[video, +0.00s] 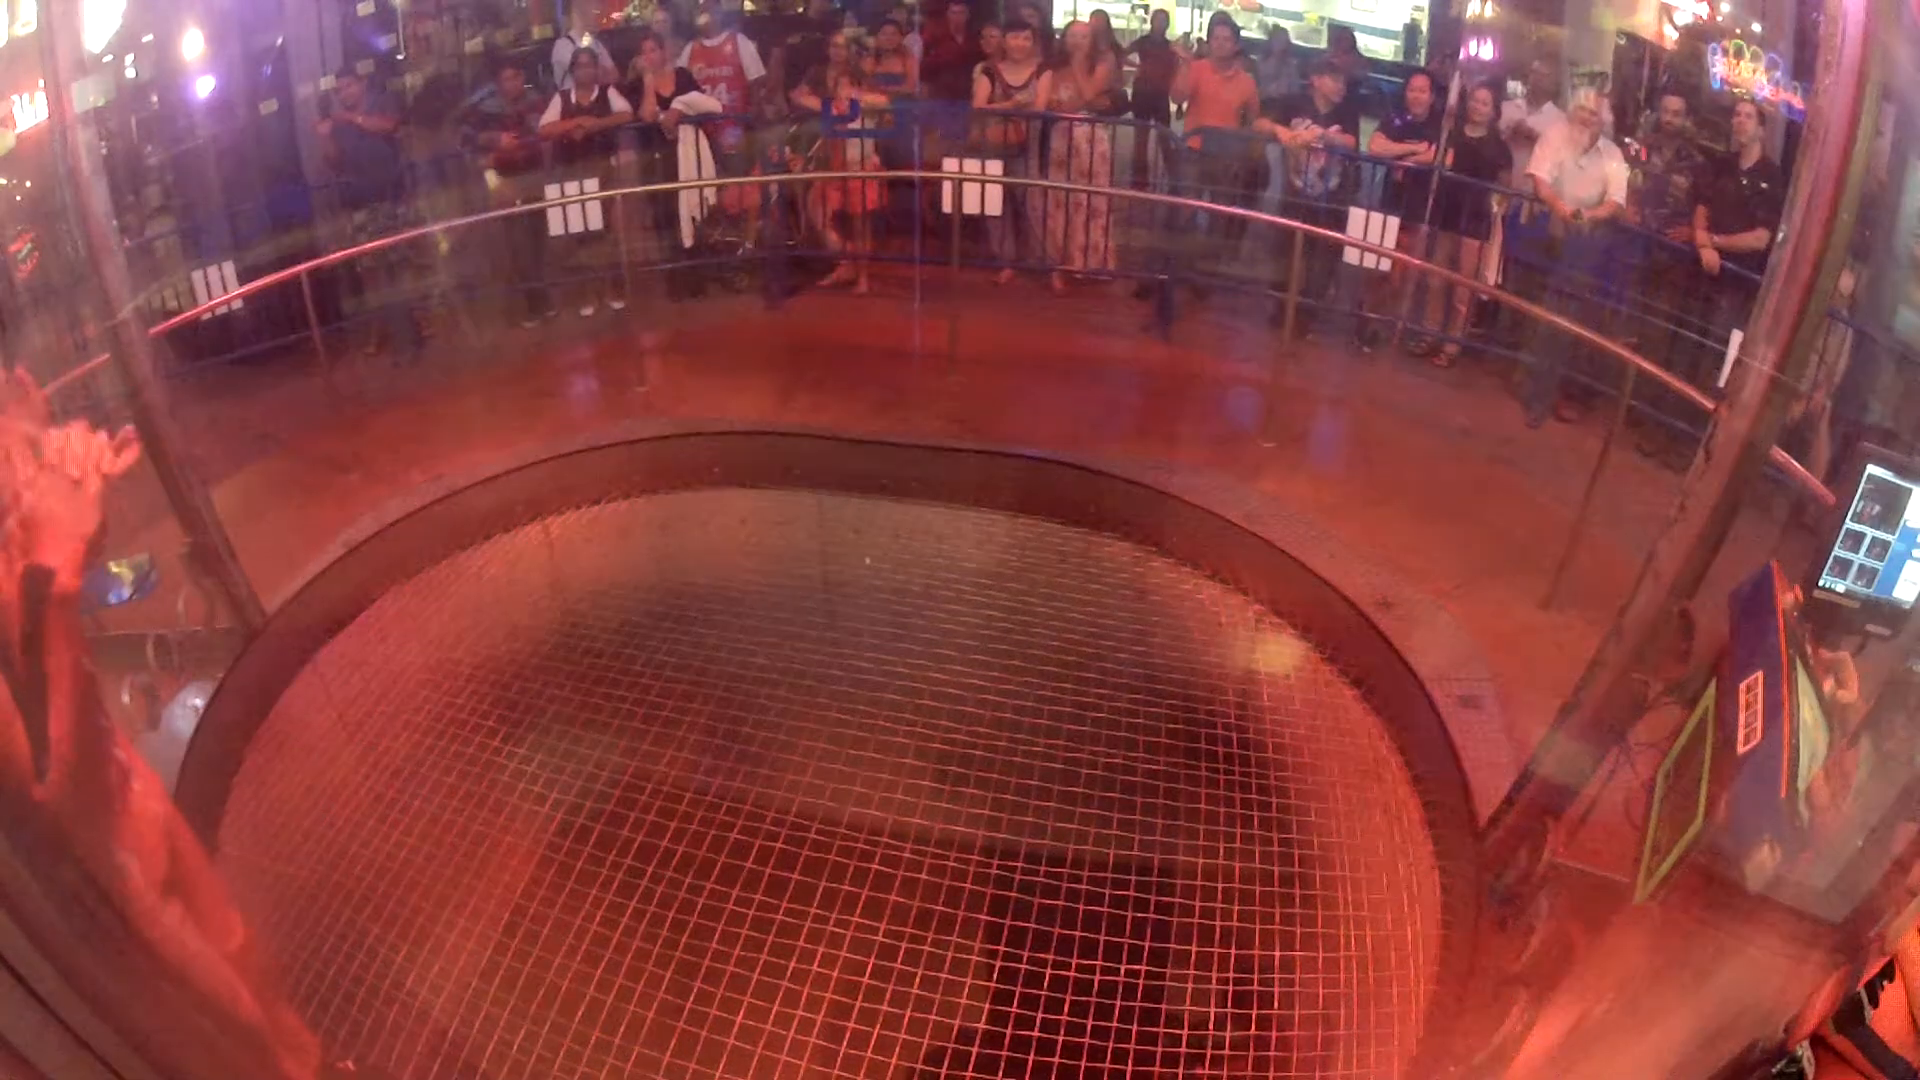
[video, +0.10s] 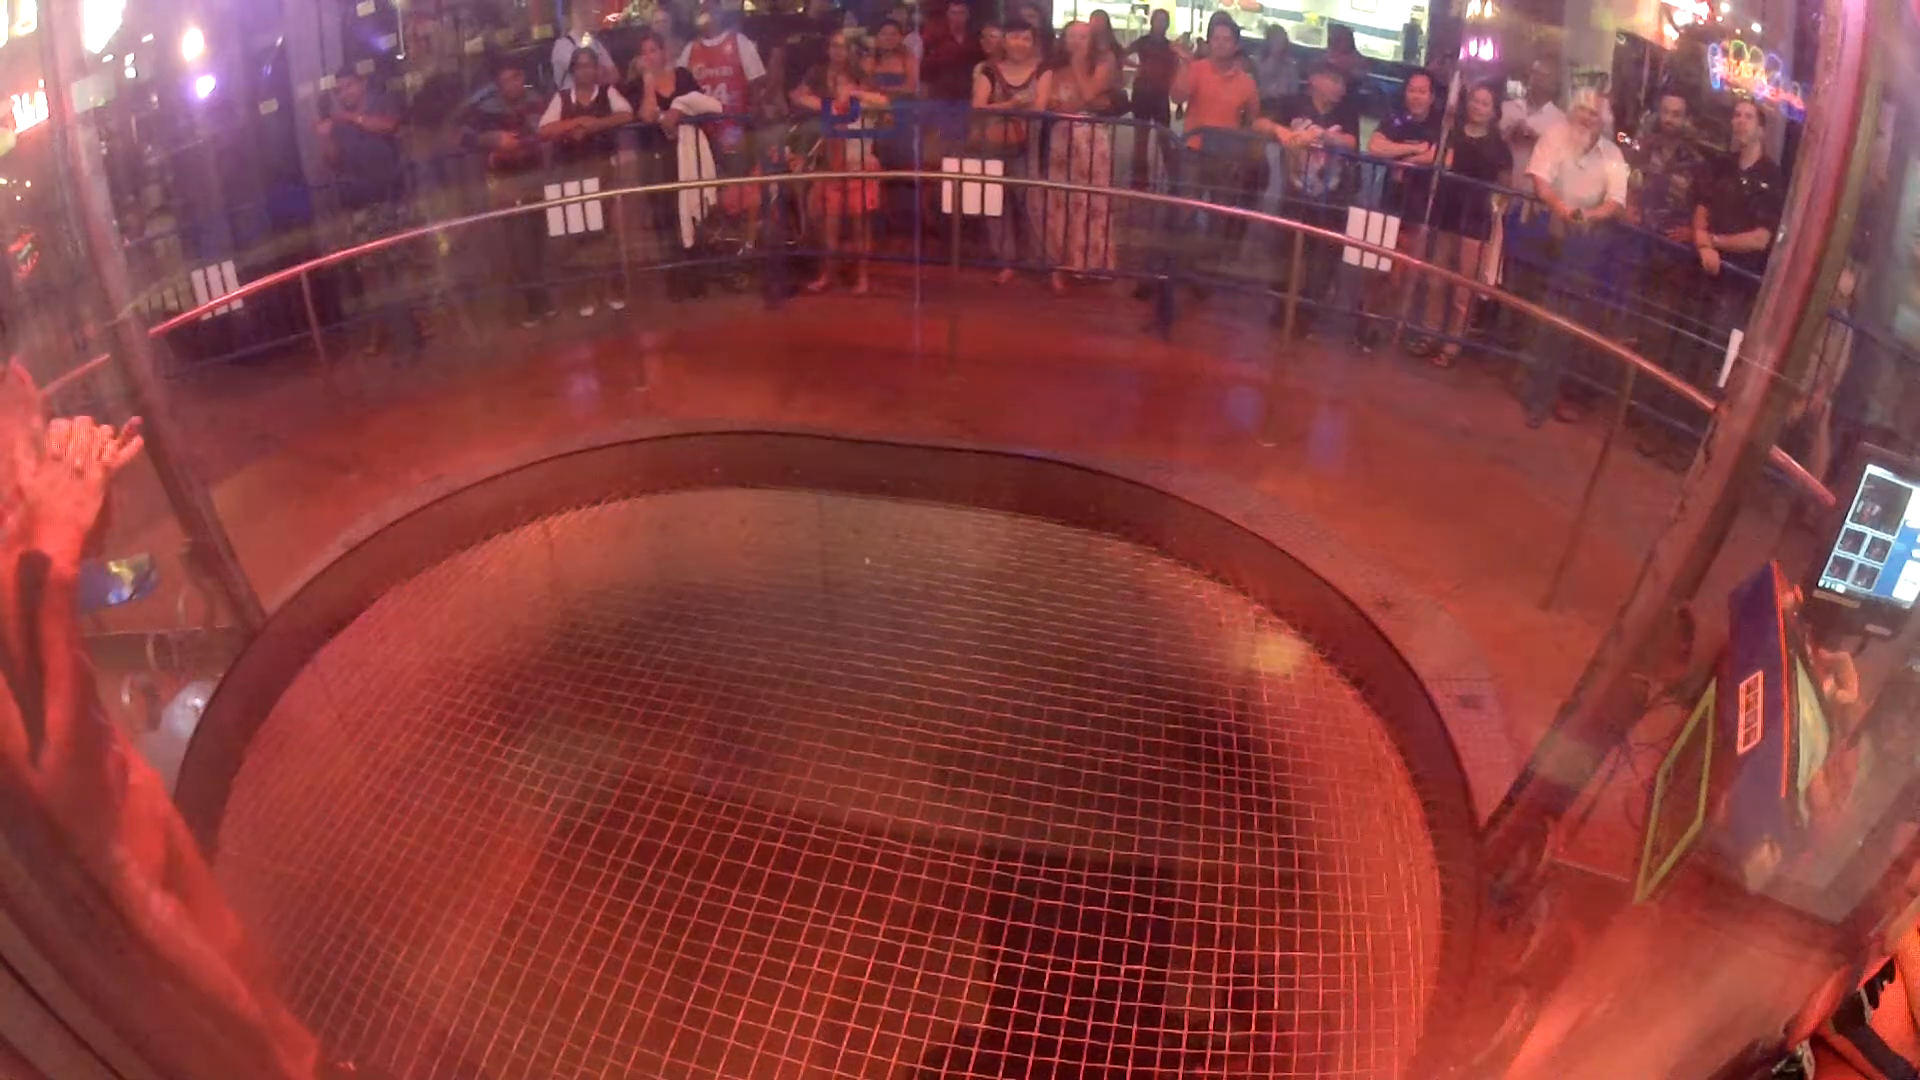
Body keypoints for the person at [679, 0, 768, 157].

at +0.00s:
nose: (704, 17)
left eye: (709, 12)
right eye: (701, 13)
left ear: (719, 15)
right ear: (696, 18)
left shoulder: (739, 42)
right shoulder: (691, 48)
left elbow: (757, 83)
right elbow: (680, 84)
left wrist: (753, 117)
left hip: (733, 123)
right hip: (701, 124)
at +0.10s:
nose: (703, 18)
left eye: (708, 13)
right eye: (699, 13)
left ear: (719, 15)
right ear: (695, 19)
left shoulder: (739, 42)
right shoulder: (691, 48)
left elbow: (757, 84)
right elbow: (680, 84)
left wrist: (752, 117)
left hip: (733, 124)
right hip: (701, 125)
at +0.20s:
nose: (702, 18)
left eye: (707, 12)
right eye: (699, 13)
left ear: (719, 14)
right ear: (695, 18)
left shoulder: (739, 42)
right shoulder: (691, 48)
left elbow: (756, 83)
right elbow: (681, 84)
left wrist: (754, 116)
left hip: (733, 124)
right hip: (702, 125)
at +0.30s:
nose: (703, 18)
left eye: (708, 13)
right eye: (699, 13)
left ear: (719, 15)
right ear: (695, 19)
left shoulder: (739, 42)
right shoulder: (691, 48)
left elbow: (756, 84)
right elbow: (680, 84)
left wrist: (753, 117)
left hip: (733, 125)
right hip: (702, 126)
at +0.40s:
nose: (703, 18)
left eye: (708, 13)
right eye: (700, 13)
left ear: (719, 15)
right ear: (695, 19)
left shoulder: (739, 42)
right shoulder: (691, 48)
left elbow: (756, 83)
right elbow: (681, 84)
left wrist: (753, 116)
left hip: (733, 123)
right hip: (702, 124)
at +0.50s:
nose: (703, 18)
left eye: (708, 13)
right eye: (700, 13)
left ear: (719, 15)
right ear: (696, 18)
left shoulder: (739, 42)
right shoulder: (691, 48)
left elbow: (756, 83)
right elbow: (681, 84)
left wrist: (754, 117)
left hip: (734, 123)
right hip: (702, 124)